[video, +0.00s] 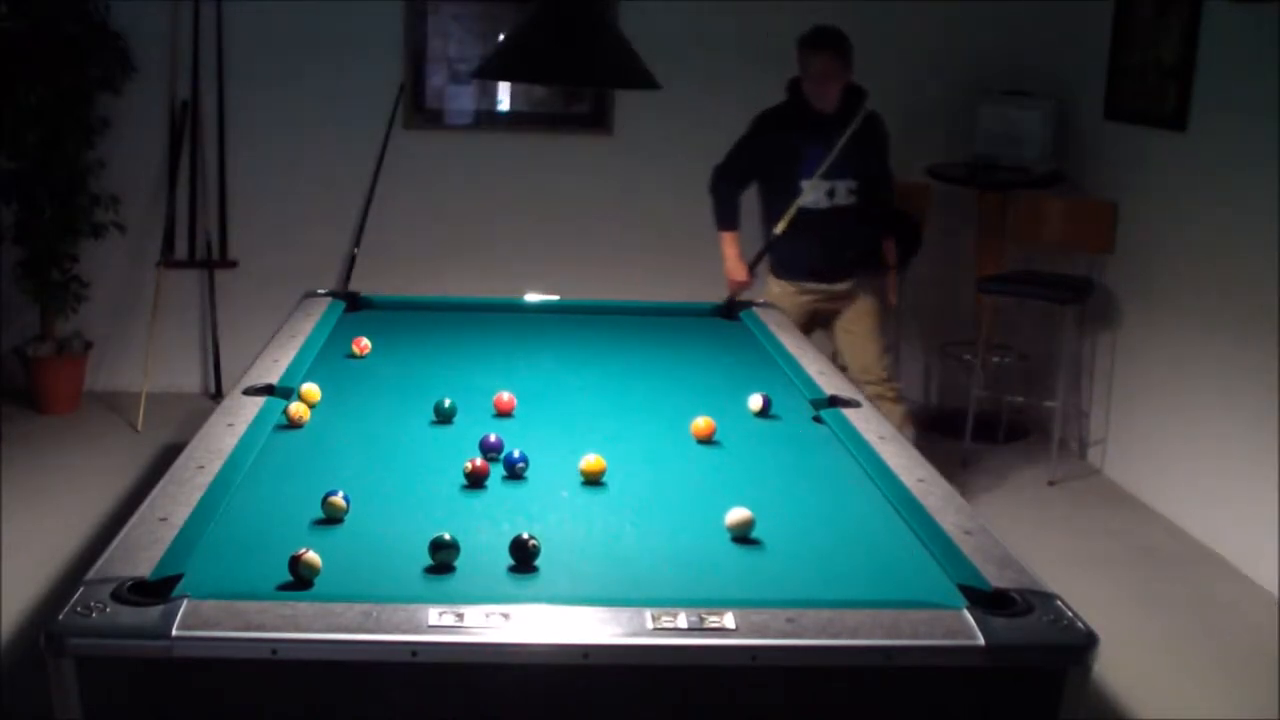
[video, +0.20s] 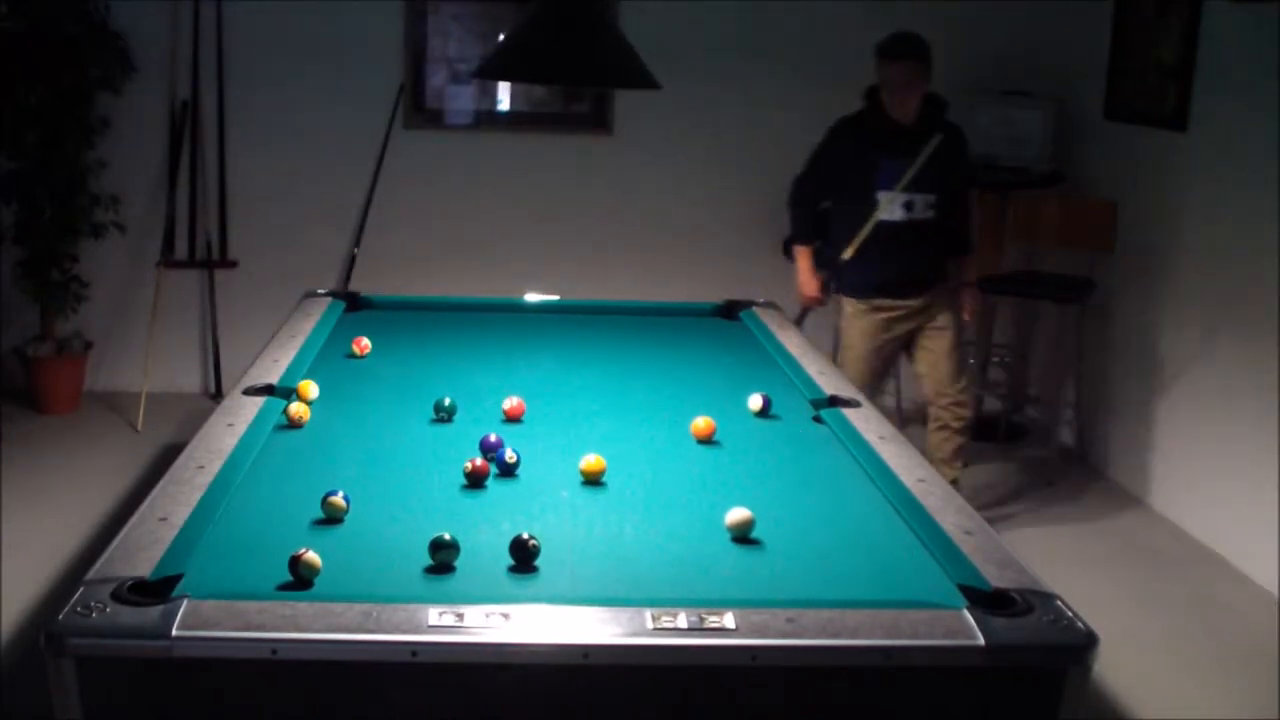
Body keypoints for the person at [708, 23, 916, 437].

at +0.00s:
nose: (821, 78)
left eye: (830, 69)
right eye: (813, 68)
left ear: (847, 71)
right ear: (800, 70)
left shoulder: (866, 125)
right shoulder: (776, 123)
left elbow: (882, 202)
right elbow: (724, 180)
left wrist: (890, 270)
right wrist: (731, 256)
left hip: (855, 285)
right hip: (791, 286)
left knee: (877, 385)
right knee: (766, 382)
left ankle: (908, 483)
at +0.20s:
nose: (904, 87)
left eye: (913, 78)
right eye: (895, 77)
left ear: (928, 79)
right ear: (879, 77)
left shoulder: (946, 138)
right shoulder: (851, 133)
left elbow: (962, 215)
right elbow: (804, 197)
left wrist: (967, 282)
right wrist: (804, 267)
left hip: (933, 300)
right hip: (867, 303)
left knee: (951, 408)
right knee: (850, 409)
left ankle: (943, 505)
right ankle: (834, 494)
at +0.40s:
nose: (962, 80)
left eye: (973, 70)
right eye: (953, 69)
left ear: (990, 73)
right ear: (938, 69)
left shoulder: (1011, 136)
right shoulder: (908, 129)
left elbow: (1035, 215)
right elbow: (863, 201)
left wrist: (1047, 289)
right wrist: (861, 273)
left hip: (985, 298)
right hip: (921, 295)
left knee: (971, 422)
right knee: (944, 418)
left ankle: (941, 521)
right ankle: (896, 509)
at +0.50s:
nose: (988, 86)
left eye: (999, 76)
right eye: (979, 75)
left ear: (1017, 79)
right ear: (965, 75)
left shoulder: (1040, 142)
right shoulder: (935, 136)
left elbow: (1068, 221)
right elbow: (890, 215)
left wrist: (1077, 298)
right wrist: (889, 292)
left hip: (1009, 304)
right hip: (946, 303)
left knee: (980, 422)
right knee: (977, 427)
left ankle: (945, 498)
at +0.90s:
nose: (1080, 100)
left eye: (1092, 88)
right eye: (1070, 87)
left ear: (1114, 88)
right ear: (1055, 88)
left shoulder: (1158, 162)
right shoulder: (1028, 160)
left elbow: (1183, 262)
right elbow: (992, 249)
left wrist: (1169, 352)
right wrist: (984, 335)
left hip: (1134, 361)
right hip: (1049, 358)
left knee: (1138, 500)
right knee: (1059, 503)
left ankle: (1103, 561)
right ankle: (1074, 626)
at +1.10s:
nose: (1123, 109)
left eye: (1137, 95)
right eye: (1114, 93)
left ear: (1165, 95)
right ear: (1100, 92)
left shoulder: (1213, 179)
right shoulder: (1075, 168)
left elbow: (1244, 284)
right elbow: (1036, 262)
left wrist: (1213, 379)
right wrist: (1020, 347)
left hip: (1169, 393)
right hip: (1077, 384)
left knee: (1190, 543)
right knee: (1066, 524)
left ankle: (1213, 687)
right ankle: (1071, 635)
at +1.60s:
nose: (1177, 129)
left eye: (1190, 112)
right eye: (1179, 113)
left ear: (1231, 114)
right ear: (1242, 115)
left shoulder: (1239, 208)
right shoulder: (1255, 199)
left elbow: (1258, 379)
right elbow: (1225, 352)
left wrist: (1163, 420)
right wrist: (1165, 426)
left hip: (1231, 462)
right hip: (1263, 457)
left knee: (1183, 637)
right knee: (1266, 629)